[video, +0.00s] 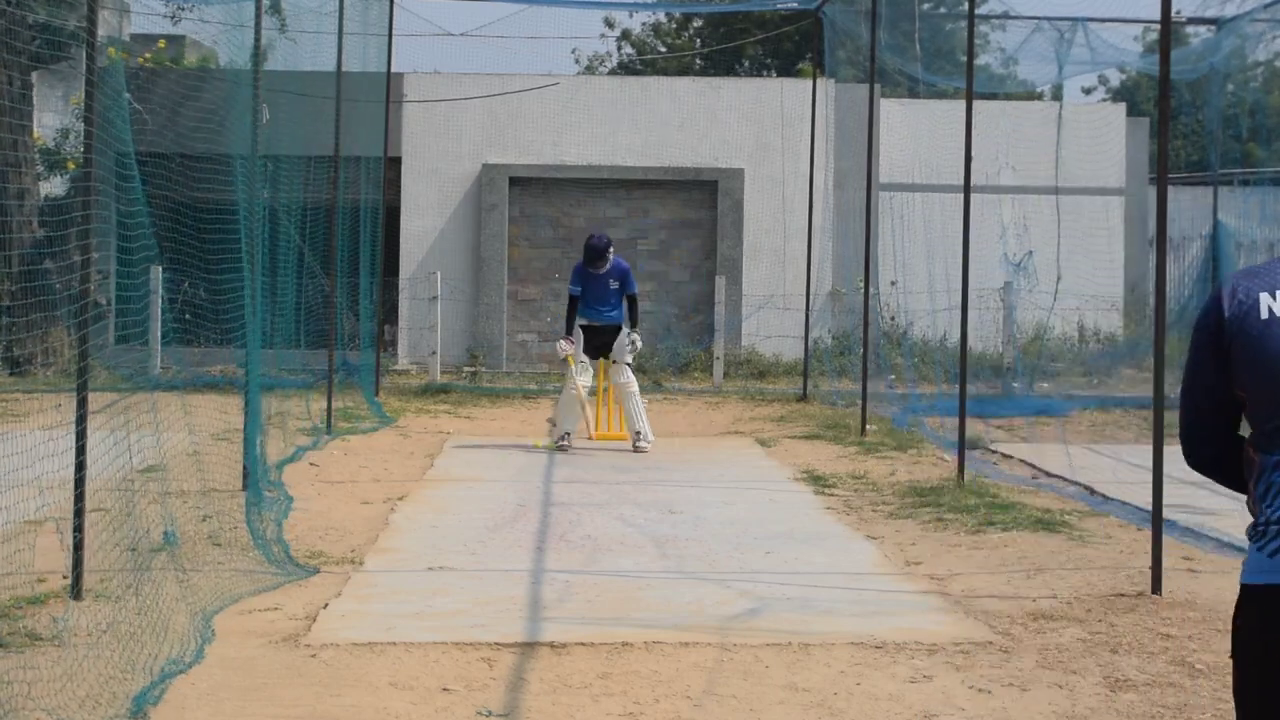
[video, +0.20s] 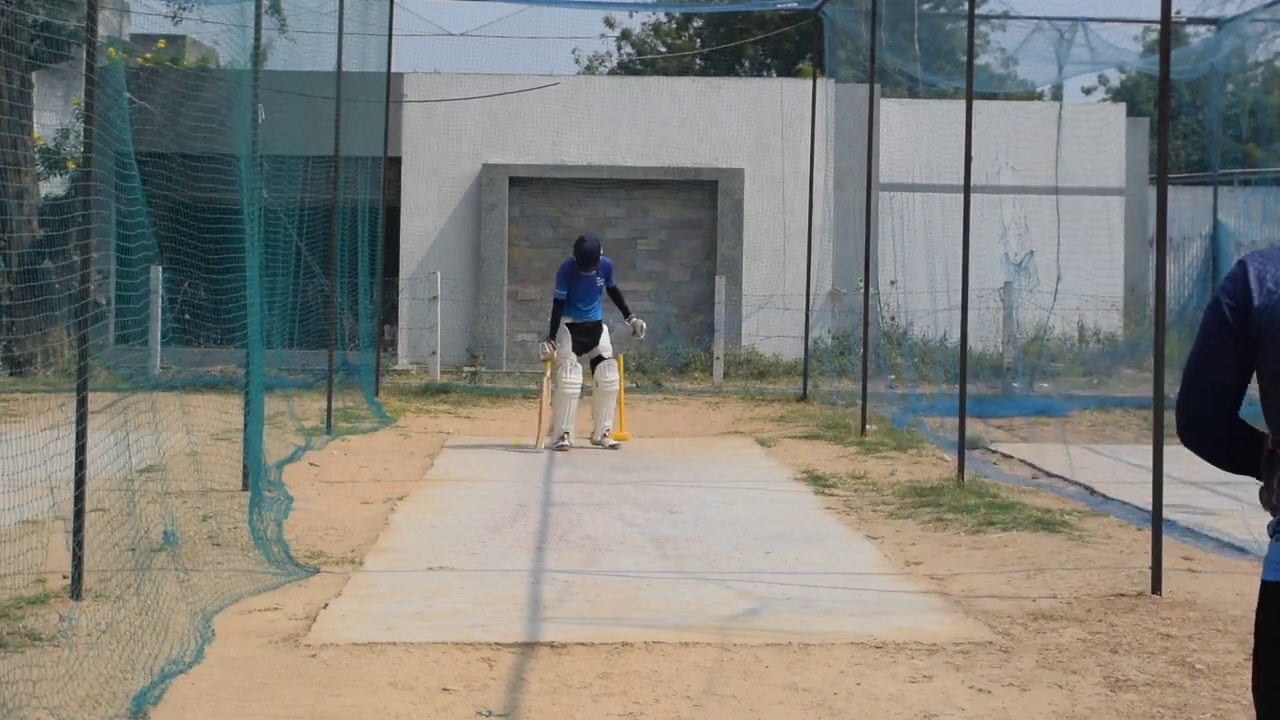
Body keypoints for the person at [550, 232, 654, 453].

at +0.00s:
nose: (597, 269)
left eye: (601, 265)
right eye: (593, 265)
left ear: (609, 256)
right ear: (586, 258)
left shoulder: (622, 269)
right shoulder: (580, 270)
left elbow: (632, 300)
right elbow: (572, 304)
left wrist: (634, 330)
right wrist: (568, 335)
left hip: (615, 331)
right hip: (585, 330)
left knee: (625, 380)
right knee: (577, 381)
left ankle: (640, 434)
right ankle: (565, 433)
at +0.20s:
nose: (587, 271)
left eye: (591, 267)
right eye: (584, 268)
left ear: (598, 258)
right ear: (577, 258)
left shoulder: (606, 267)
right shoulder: (566, 270)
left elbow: (612, 290)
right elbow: (558, 306)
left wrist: (629, 317)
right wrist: (551, 338)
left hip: (596, 328)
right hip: (569, 328)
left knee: (608, 378)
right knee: (568, 380)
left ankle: (602, 433)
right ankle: (563, 434)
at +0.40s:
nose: (590, 264)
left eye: (593, 260)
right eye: (586, 260)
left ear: (597, 253)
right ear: (577, 252)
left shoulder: (594, 264)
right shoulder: (563, 266)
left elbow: (591, 287)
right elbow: (547, 297)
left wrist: (606, 312)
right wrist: (539, 330)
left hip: (578, 323)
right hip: (557, 321)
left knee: (584, 378)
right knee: (566, 378)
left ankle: (551, 424)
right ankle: (562, 433)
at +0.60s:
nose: (585, 258)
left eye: (589, 255)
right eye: (585, 253)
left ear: (589, 252)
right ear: (577, 244)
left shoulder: (581, 263)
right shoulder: (559, 263)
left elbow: (576, 294)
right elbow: (535, 292)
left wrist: (587, 320)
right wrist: (531, 325)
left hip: (567, 321)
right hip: (552, 319)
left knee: (552, 377)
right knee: (565, 374)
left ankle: (538, 431)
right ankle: (560, 433)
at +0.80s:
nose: (583, 253)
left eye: (586, 250)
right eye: (583, 247)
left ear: (584, 248)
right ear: (575, 240)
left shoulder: (571, 262)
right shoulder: (554, 260)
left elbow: (566, 296)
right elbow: (531, 293)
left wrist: (576, 322)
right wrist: (534, 325)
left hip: (560, 318)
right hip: (548, 316)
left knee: (554, 375)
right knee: (569, 372)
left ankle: (538, 430)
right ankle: (550, 431)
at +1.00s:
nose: (583, 253)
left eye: (586, 251)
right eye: (584, 248)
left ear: (583, 247)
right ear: (576, 240)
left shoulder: (569, 262)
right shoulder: (556, 260)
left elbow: (560, 297)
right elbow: (528, 289)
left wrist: (572, 321)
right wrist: (537, 319)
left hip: (558, 318)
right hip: (550, 318)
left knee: (551, 376)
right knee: (558, 376)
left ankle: (538, 430)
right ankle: (548, 435)